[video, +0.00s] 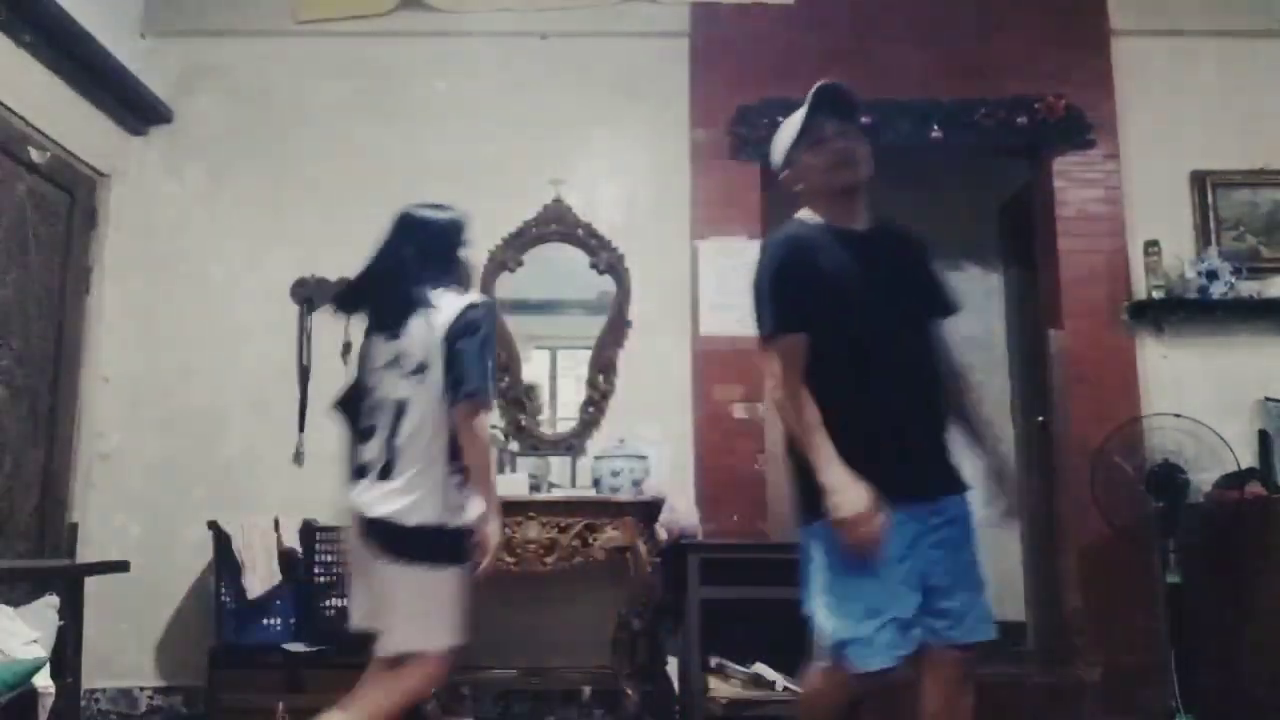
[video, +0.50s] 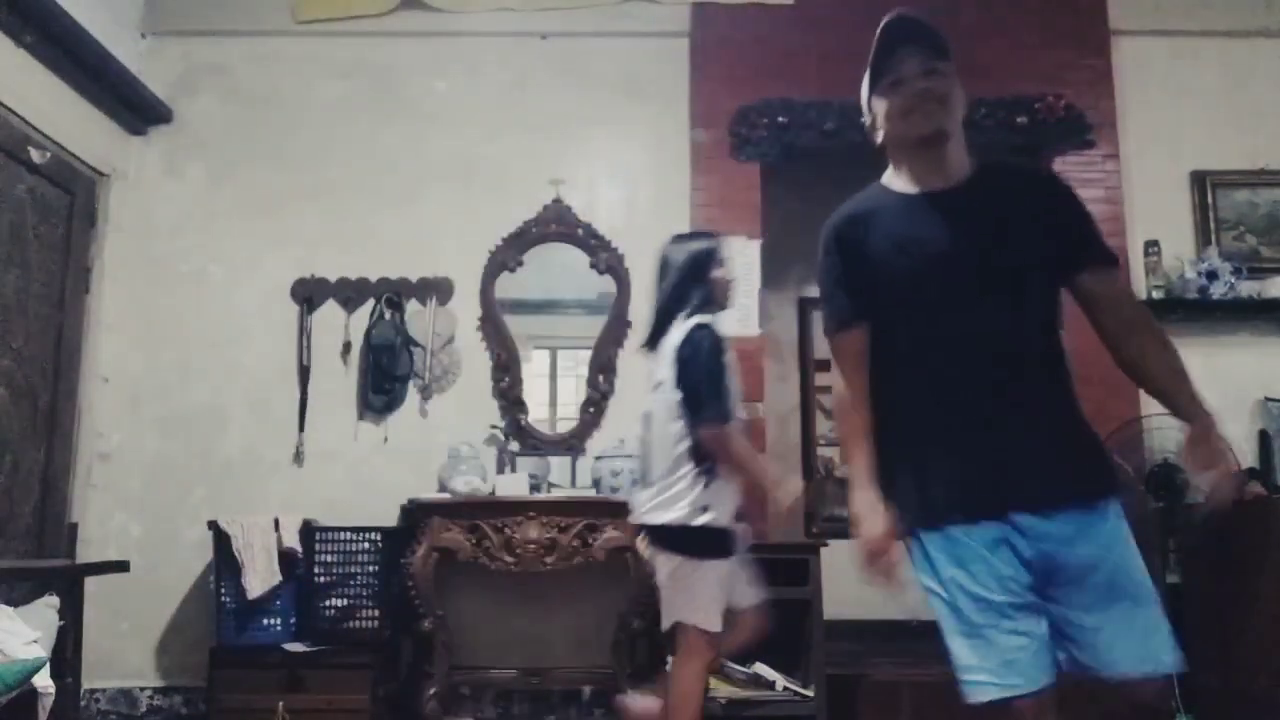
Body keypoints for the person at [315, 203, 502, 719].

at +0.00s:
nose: (468, 258)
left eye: (463, 249)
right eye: (463, 249)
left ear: (402, 251)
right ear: (451, 255)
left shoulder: (383, 310)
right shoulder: (466, 314)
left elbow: (356, 403)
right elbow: (469, 416)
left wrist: (373, 484)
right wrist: (489, 506)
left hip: (373, 507)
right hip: (426, 515)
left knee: (389, 652)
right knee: (430, 659)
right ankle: (342, 714)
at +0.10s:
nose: (524, 243)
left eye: (521, 233)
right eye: (517, 234)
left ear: (453, 240)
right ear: (496, 242)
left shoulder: (429, 296)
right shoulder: (506, 296)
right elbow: (496, 398)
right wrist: (513, 493)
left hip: (427, 485)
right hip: (477, 490)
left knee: (442, 623)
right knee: (512, 624)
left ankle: (400, 712)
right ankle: (456, 714)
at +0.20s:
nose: (581, 259)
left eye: (576, 247)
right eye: (571, 248)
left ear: (520, 259)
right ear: (547, 258)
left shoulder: (509, 307)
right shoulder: (553, 314)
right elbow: (542, 419)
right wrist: (541, 512)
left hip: (480, 499)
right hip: (530, 507)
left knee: (468, 647)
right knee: (570, 641)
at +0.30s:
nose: (626, 289)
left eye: (623, 278)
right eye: (614, 279)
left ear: (552, 297)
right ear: (588, 288)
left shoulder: (556, 344)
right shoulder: (607, 347)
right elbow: (604, 454)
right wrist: (618, 539)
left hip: (540, 531)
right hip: (589, 538)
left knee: (511, 647)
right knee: (640, 649)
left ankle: (458, 715)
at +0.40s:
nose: (683, 288)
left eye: (678, 278)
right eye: (674, 280)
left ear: (631, 291)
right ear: (653, 291)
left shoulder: (612, 344)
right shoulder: (662, 351)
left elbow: (606, 443)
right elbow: (669, 458)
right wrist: (695, 518)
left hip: (609, 526)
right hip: (654, 530)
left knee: (632, 645)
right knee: (690, 650)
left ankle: (526, 711)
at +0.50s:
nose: (729, 275)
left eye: (725, 266)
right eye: (720, 267)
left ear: (687, 278)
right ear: (699, 277)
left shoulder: (677, 333)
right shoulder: (699, 336)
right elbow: (715, 433)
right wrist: (774, 480)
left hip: (694, 518)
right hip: (690, 522)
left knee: (752, 620)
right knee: (695, 646)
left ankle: (658, 696)